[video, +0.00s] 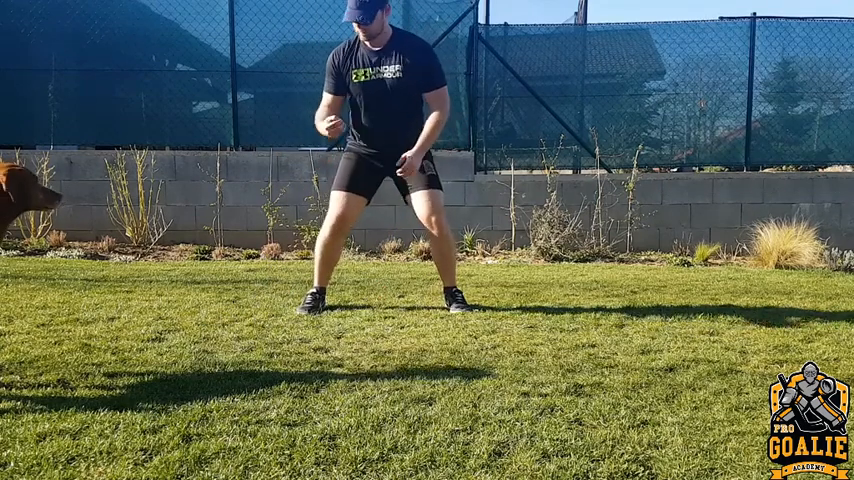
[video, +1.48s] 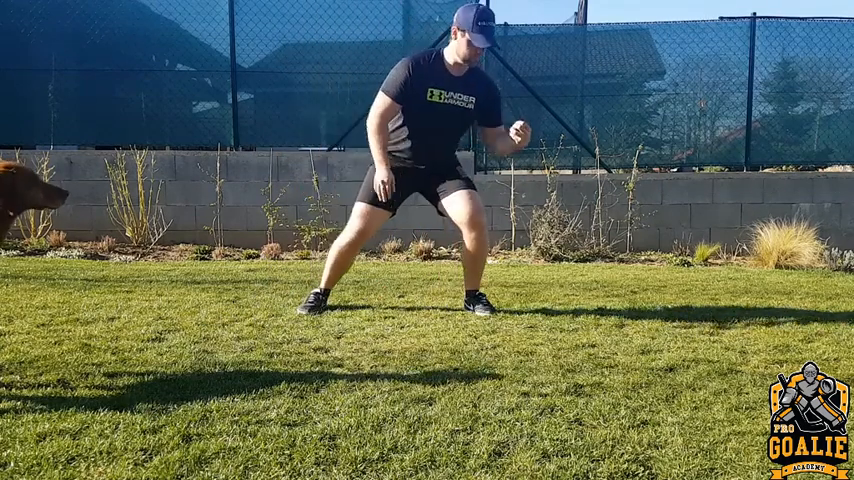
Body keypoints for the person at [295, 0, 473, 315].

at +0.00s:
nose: (361, 27)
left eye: (367, 19)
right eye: (356, 21)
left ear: (386, 11)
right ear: (350, 17)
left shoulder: (417, 50)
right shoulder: (341, 57)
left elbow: (440, 108)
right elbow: (326, 108)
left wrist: (417, 152)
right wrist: (326, 125)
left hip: (411, 150)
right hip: (362, 150)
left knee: (434, 221)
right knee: (335, 221)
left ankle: (452, 292)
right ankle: (317, 293)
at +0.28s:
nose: (361, 28)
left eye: (367, 21)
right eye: (354, 22)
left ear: (378, 13)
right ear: (345, 17)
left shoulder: (406, 47)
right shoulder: (328, 56)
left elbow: (428, 104)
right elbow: (311, 112)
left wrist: (411, 142)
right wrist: (332, 107)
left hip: (398, 147)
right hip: (351, 149)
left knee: (429, 215)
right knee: (329, 219)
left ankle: (452, 291)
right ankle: (317, 293)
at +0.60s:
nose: (374, 22)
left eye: (380, 15)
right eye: (367, 16)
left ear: (390, 13)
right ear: (358, 14)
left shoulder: (417, 50)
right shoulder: (341, 52)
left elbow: (437, 104)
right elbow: (328, 108)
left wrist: (422, 141)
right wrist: (358, 94)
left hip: (405, 148)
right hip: (357, 148)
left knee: (433, 218)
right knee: (332, 220)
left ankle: (452, 291)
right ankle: (317, 293)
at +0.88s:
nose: (382, 19)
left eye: (389, 13)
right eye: (375, 13)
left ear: (397, 12)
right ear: (365, 12)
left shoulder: (421, 51)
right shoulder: (343, 53)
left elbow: (439, 104)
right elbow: (327, 112)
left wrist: (431, 136)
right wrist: (320, 162)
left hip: (405, 151)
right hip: (357, 152)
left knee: (434, 219)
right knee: (333, 223)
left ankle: (452, 291)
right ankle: (317, 293)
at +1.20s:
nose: (416, 30)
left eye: (420, 23)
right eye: (410, 22)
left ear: (424, 20)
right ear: (388, 16)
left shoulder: (431, 63)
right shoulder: (354, 56)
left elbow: (449, 118)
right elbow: (327, 109)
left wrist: (471, 161)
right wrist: (319, 160)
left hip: (411, 154)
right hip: (363, 154)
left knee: (446, 216)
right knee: (338, 224)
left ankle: (464, 290)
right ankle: (317, 293)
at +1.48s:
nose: (478, 52)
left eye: (483, 47)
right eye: (473, 44)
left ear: (488, 42)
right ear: (455, 33)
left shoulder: (484, 87)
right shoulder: (414, 68)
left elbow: (497, 141)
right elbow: (376, 118)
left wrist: (515, 141)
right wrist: (381, 165)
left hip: (443, 168)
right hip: (395, 163)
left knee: (474, 218)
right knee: (356, 231)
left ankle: (473, 296)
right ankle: (320, 293)